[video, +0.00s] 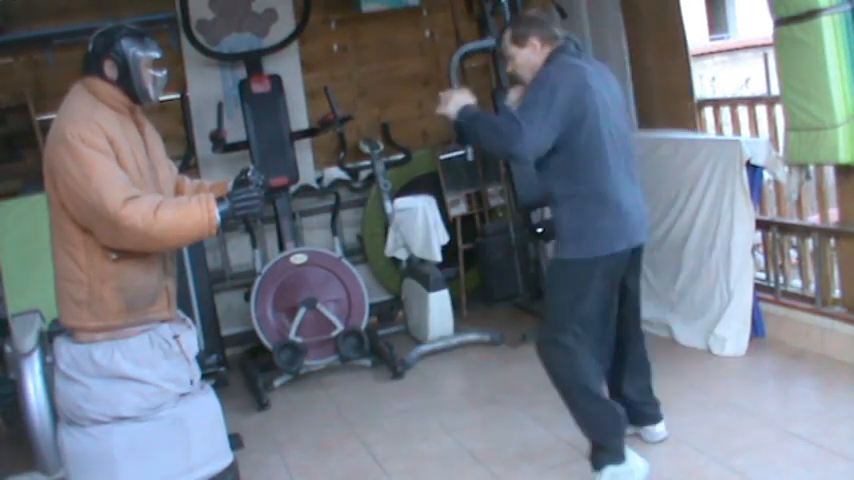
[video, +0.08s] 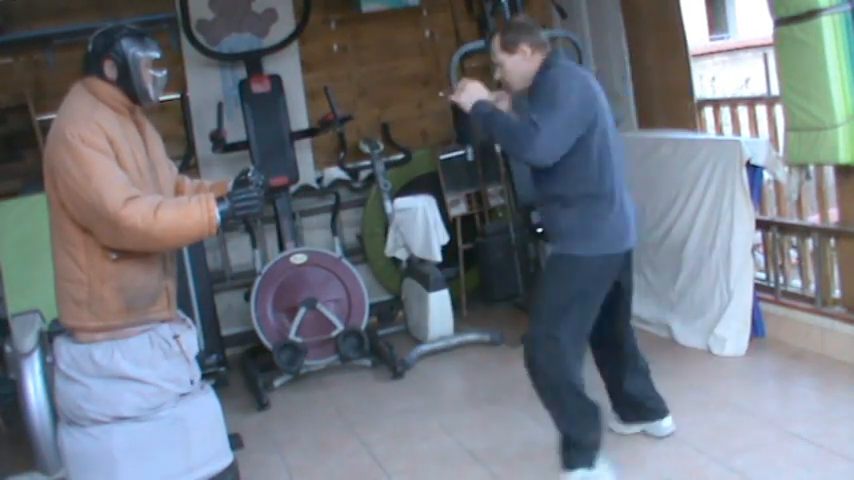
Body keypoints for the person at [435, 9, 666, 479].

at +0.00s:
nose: (512, 71)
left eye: (512, 60)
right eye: (508, 63)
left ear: (535, 44)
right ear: (545, 43)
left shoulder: (560, 77)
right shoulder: (598, 72)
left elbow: (524, 142)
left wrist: (465, 113)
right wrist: (525, 103)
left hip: (590, 234)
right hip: (628, 225)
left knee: (559, 339)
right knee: (621, 327)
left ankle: (613, 453)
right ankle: (645, 417)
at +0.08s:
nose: (499, 72)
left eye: (501, 62)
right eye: (497, 64)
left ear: (527, 52)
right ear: (530, 53)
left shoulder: (564, 83)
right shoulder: (561, 81)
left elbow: (540, 147)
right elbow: (546, 143)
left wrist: (480, 107)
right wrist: (505, 113)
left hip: (587, 240)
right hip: (608, 232)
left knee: (547, 347)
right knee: (610, 330)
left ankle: (585, 456)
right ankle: (646, 413)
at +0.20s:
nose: (484, 78)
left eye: (488, 69)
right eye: (481, 70)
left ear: (518, 57)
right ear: (508, 60)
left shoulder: (563, 91)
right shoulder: (527, 96)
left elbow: (543, 150)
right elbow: (508, 161)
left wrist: (480, 104)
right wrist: (473, 128)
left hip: (579, 247)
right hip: (559, 246)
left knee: (554, 363)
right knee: (606, 337)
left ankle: (540, 470)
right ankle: (651, 413)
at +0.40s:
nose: (438, 74)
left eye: (442, 64)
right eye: (436, 66)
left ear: (469, 54)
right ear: (464, 56)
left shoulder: (509, 90)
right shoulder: (481, 99)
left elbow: (512, 156)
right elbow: (459, 176)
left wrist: (445, 120)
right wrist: (445, 126)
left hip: (528, 247)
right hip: (526, 245)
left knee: (523, 357)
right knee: (551, 335)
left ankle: (545, 467)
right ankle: (608, 398)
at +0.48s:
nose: (418, 76)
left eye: (423, 66)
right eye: (416, 67)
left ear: (452, 57)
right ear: (455, 60)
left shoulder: (476, 93)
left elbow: (466, 147)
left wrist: (378, 120)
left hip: (499, 253)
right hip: (517, 248)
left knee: (513, 359)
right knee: (524, 352)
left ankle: (544, 464)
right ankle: (539, 443)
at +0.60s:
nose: (401, 80)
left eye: (405, 70)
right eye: (400, 71)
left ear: (429, 60)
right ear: (439, 62)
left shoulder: (430, 102)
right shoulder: (488, 105)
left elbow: (363, 109)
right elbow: (540, 164)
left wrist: (354, 65)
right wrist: (484, 178)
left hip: (462, 261)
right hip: (493, 257)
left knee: (491, 370)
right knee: (449, 365)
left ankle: (535, 469)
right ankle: (420, 448)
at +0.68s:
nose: (400, 74)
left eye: (404, 65)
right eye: (400, 66)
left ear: (427, 59)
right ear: (444, 62)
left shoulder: (419, 97)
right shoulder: (484, 111)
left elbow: (354, 96)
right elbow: (528, 161)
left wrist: (338, 58)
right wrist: (485, 168)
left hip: (424, 249)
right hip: (462, 254)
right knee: (419, 355)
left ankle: (484, 440)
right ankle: (417, 458)